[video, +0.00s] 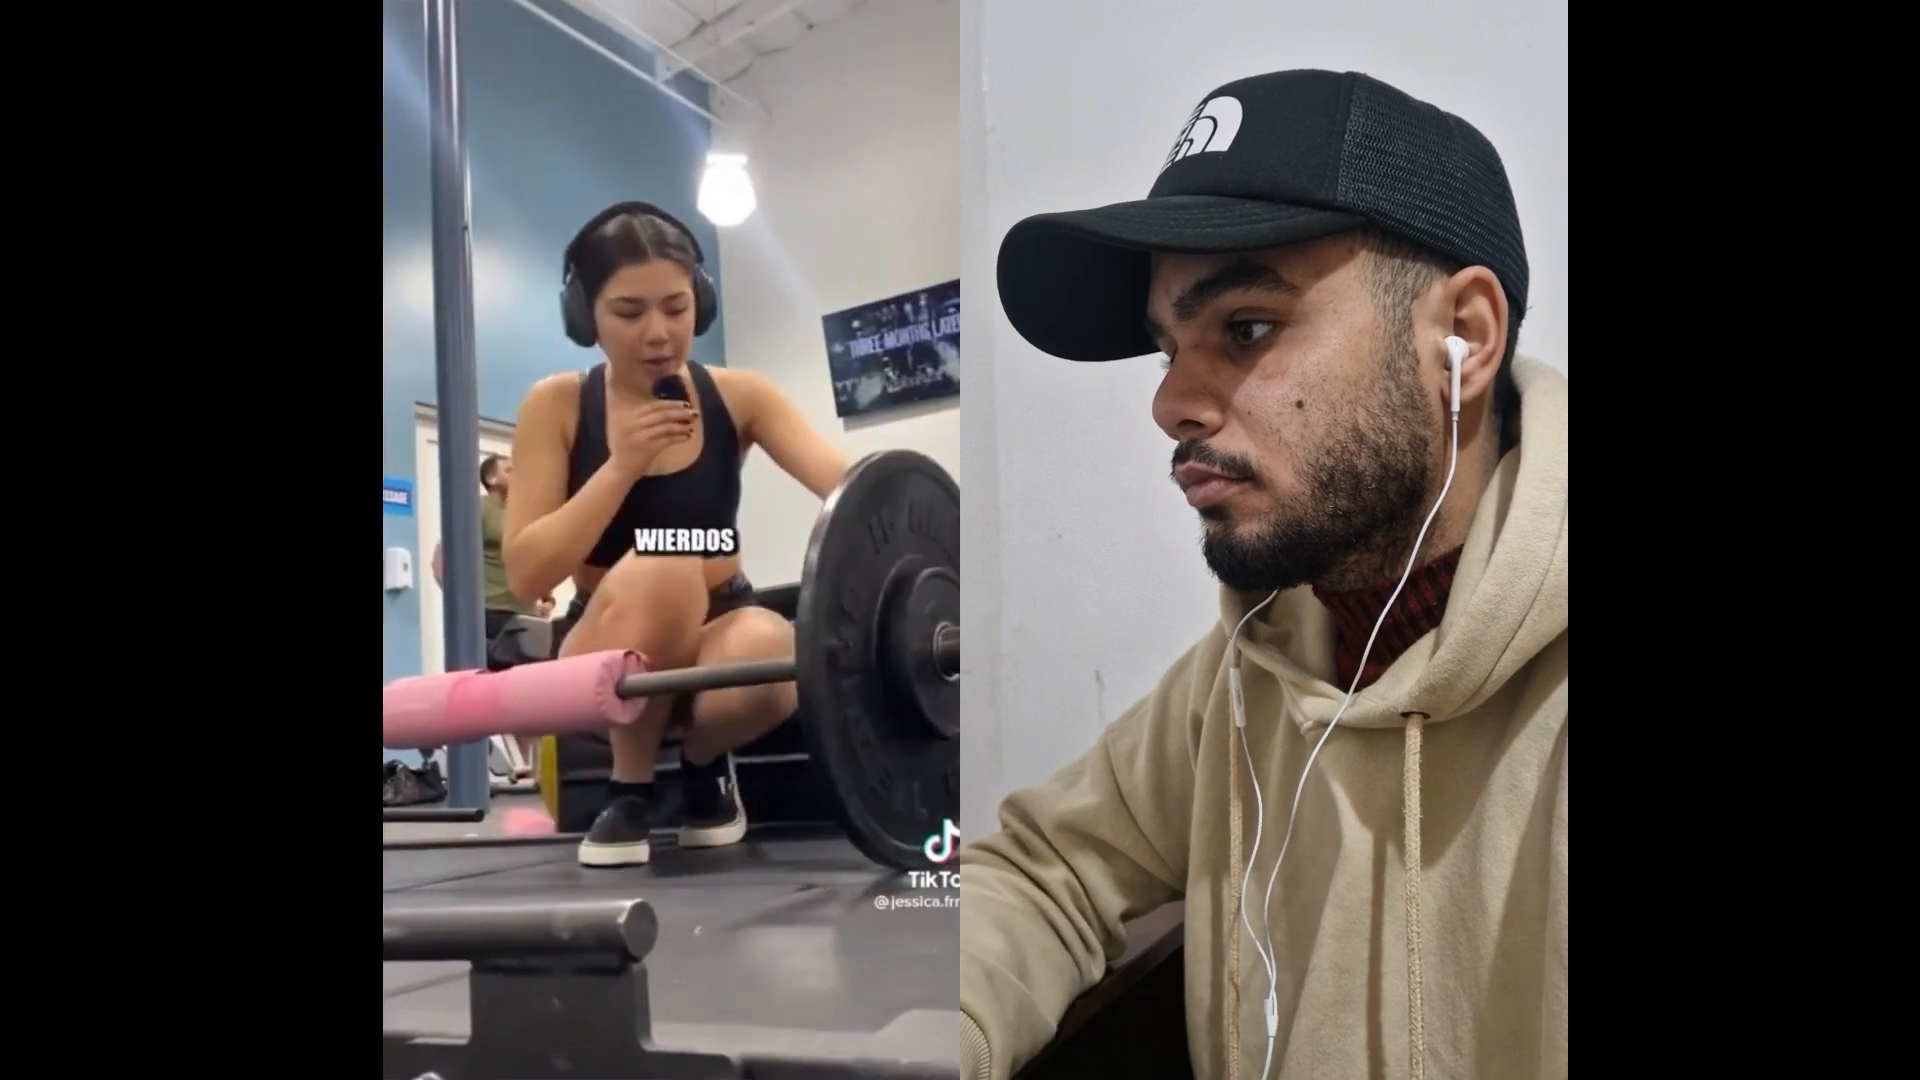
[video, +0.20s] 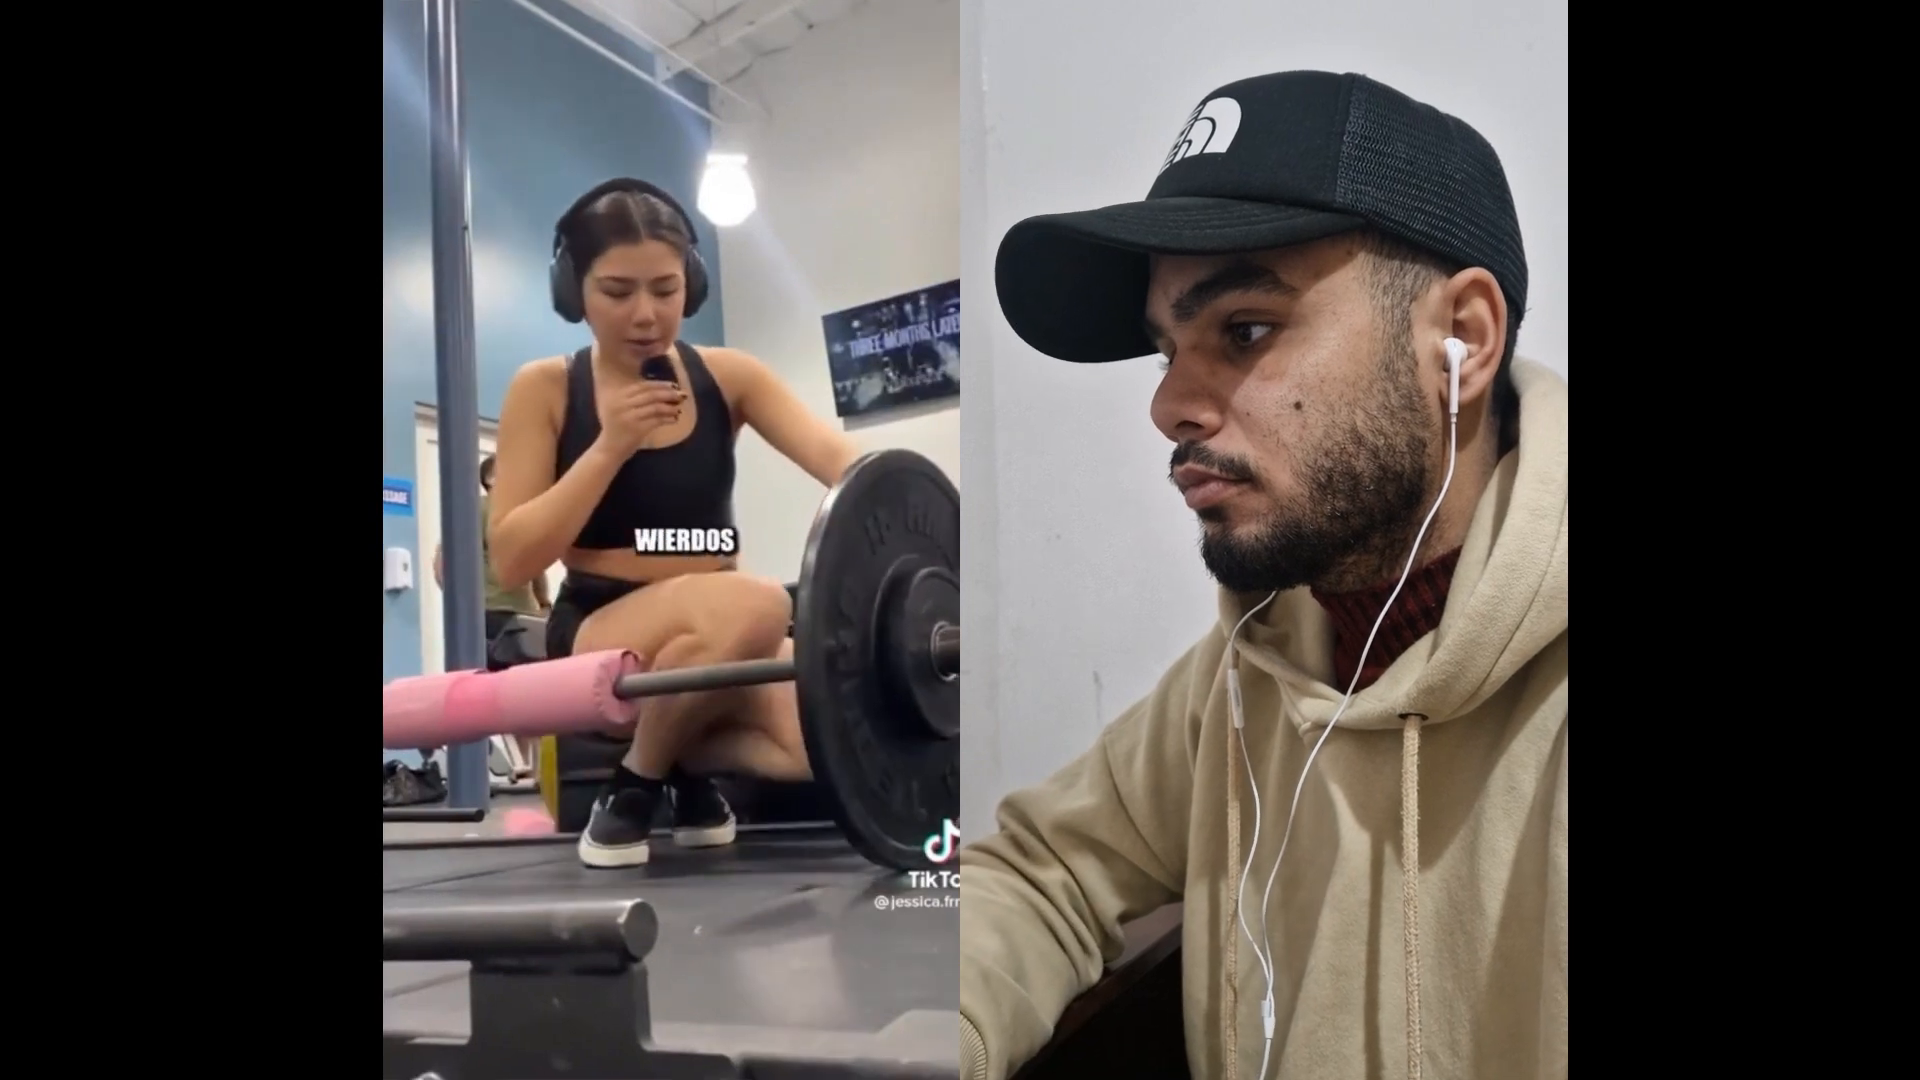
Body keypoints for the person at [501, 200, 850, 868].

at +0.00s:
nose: (659, 333)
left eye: (675, 307)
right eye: (630, 312)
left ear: (697, 304)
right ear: (588, 316)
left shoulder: (742, 397)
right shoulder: (556, 406)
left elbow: (845, 483)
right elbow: (527, 575)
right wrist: (621, 467)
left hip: (721, 632)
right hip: (604, 643)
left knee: (770, 666)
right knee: (665, 573)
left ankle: (700, 759)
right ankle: (631, 791)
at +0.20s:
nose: (645, 314)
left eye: (664, 289)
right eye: (617, 291)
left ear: (689, 285)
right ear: (576, 292)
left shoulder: (730, 376)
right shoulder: (545, 389)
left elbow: (839, 458)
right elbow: (513, 560)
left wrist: (904, 511)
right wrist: (610, 448)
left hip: (726, 627)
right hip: (595, 631)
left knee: (835, 743)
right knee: (753, 605)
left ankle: (675, 749)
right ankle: (638, 784)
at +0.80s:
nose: (841, 185)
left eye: (864, 166)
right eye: (824, 153)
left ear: (878, 164)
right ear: (767, 128)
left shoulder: (853, 249)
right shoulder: (680, 231)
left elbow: (886, 378)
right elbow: (613, 408)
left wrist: (873, 440)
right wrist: (729, 297)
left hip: (822, 513)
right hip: (710, 508)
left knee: (840, 784)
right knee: (783, 803)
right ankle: (632, 698)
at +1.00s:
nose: (839, 225)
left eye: (862, 206)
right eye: (824, 194)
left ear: (875, 203)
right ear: (768, 168)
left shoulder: (846, 284)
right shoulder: (679, 265)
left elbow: (884, 410)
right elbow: (611, 433)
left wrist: (842, 483)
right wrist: (729, 325)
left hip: (806, 542)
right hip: (698, 537)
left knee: (835, 787)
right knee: (785, 807)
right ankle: (668, 704)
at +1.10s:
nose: (837, 256)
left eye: (858, 238)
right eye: (821, 225)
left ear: (870, 232)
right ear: (766, 197)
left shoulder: (838, 308)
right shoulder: (675, 286)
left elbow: (879, 432)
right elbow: (609, 453)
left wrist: (834, 495)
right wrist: (726, 349)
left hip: (805, 561)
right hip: (693, 559)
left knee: (839, 786)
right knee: (782, 805)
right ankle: (667, 714)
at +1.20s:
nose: (829, 285)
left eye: (849, 267)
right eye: (813, 255)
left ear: (860, 261)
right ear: (758, 229)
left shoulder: (830, 336)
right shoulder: (670, 312)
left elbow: (868, 451)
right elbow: (603, 475)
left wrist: (847, 519)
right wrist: (720, 372)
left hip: (798, 587)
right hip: (683, 585)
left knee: (848, 783)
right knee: (779, 803)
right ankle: (673, 732)